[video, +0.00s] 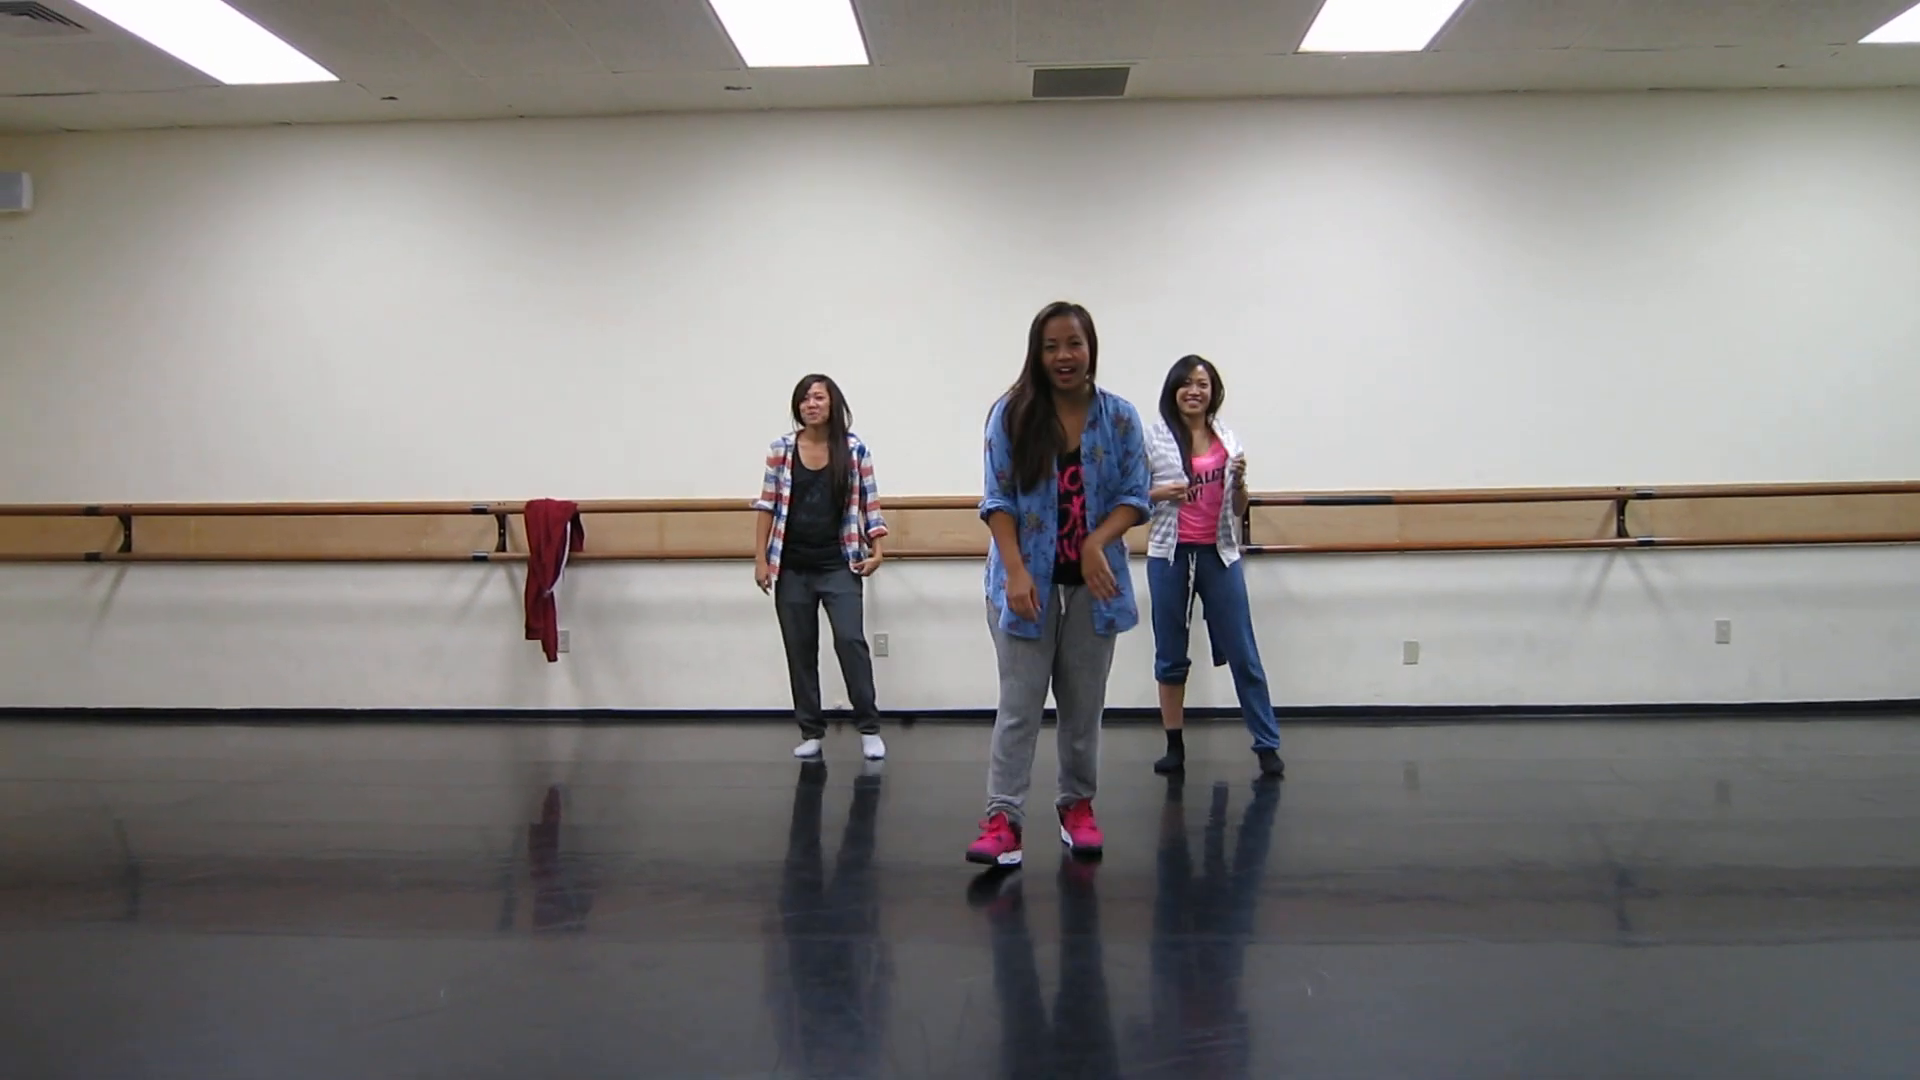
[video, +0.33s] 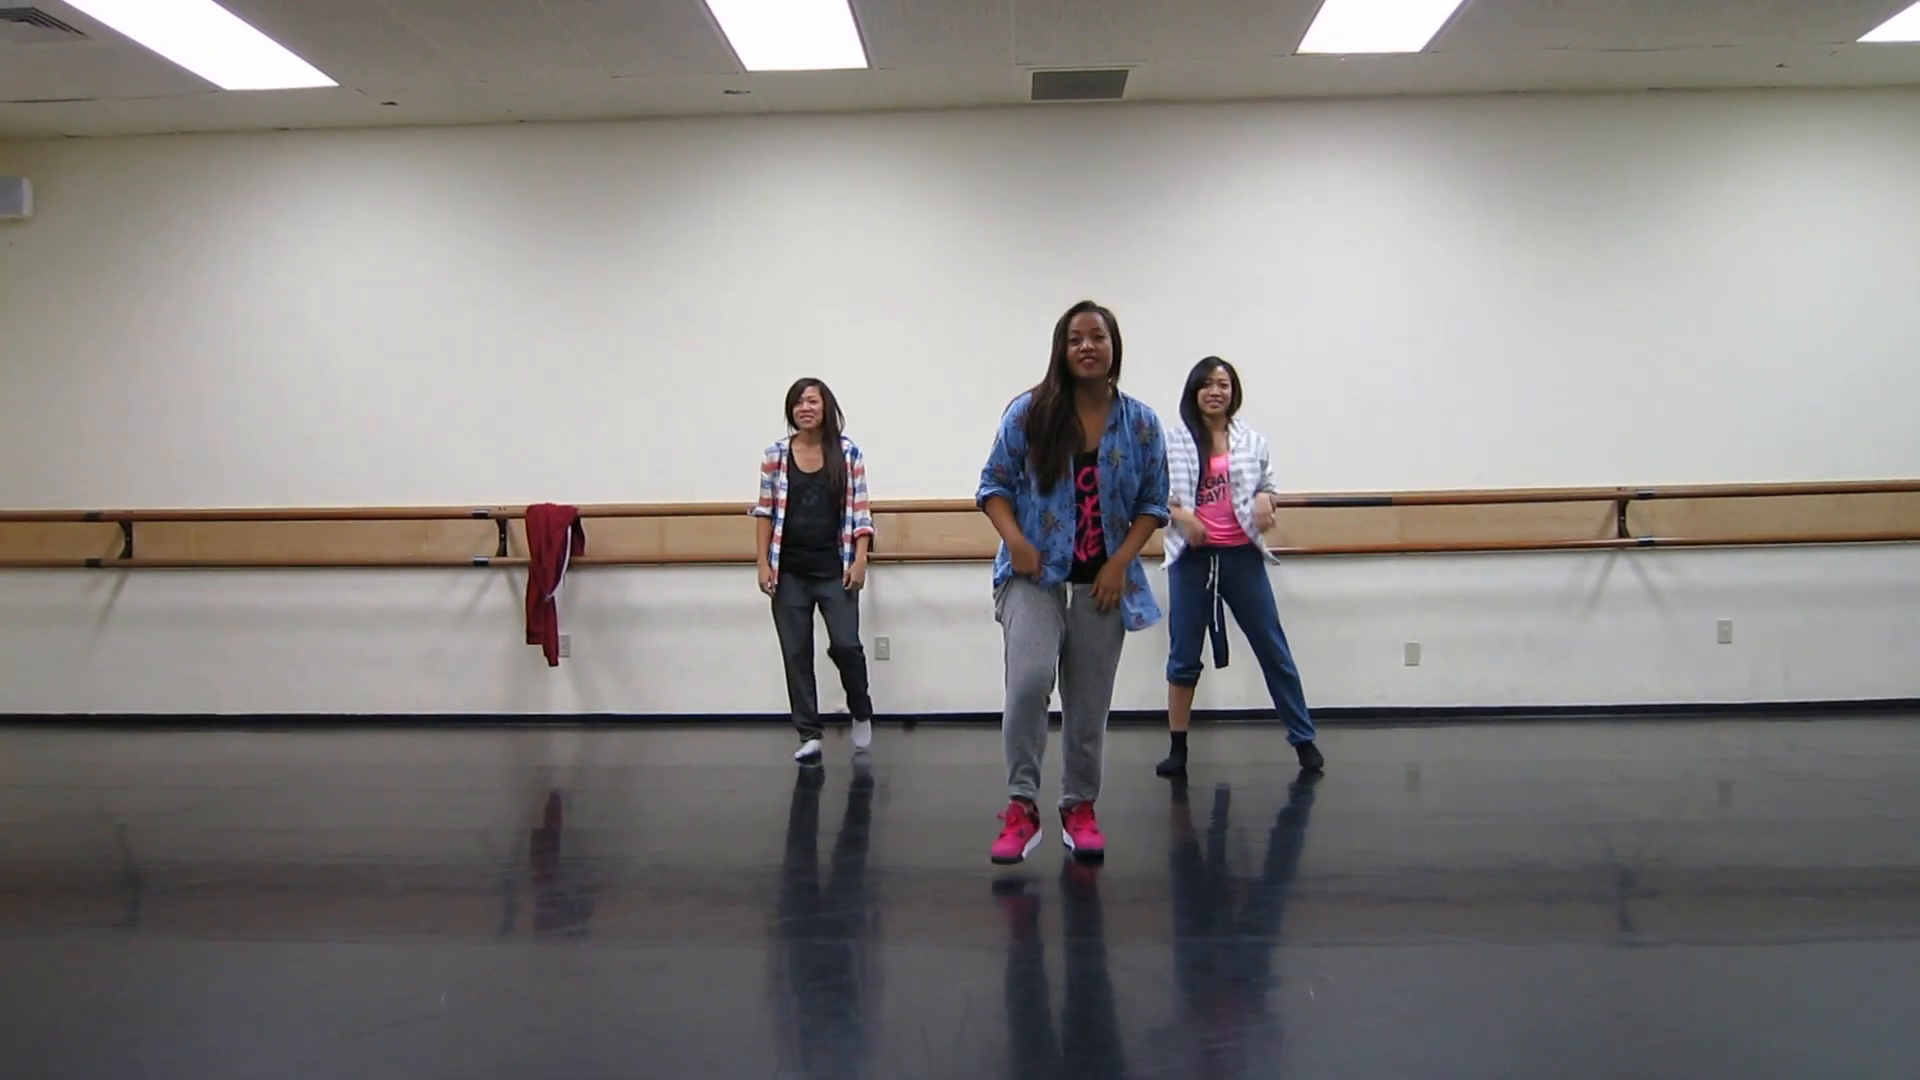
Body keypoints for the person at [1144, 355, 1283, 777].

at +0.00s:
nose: (1195, 391)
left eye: (1202, 385)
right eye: (1187, 384)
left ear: (1214, 392)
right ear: (1172, 391)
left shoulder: (1226, 438)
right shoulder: (1152, 438)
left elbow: (1238, 510)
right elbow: (1129, 497)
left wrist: (1238, 482)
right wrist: (1161, 492)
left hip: (1219, 554)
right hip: (1169, 555)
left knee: (1243, 652)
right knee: (1171, 656)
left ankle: (1267, 746)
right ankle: (1173, 748)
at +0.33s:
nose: (1216, 391)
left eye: (1223, 385)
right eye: (1207, 385)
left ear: (1234, 392)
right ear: (1193, 393)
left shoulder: (1252, 439)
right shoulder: (1174, 440)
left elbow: (1267, 488)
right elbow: (1160, 496)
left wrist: (1263, 501)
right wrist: (1182, 516)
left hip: (1241, 554)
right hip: (1191, 556)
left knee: (1273, 650)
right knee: (1184, 655)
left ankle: (1304, 742)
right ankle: (1177, 748)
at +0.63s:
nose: (1264, 397)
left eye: (1271, 390)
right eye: (1255, 392)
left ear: (1283, 398)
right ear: (1242, 402)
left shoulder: (1300, 446)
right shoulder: (1225, 451)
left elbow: (1309, 499)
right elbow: (1214, 517)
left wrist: (1317, 509)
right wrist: (1211, 574)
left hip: (1293, 562)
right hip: (1244, 563)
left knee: (1304, 665)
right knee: (1216, 659)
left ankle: (1309, 752)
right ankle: (1185, 751)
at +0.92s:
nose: (1297, 393)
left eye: (1304, 386)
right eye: (1288, 388)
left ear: (1315, 394)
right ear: (1275, 398)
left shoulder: (1335, 441)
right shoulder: (1256, 446)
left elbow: (1347, 488)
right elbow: (1243, 509)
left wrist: (1353, 502)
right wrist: (1243, 563)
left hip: (1318, 559)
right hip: (1269, 557)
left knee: (1315, 659)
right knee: (1260, 652)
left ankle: (1311, 749)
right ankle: (1240, 736)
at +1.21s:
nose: (1308, 394)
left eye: (1315, 387)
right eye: (1298, 388)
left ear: (1326, 394)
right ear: (1286, 398)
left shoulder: (1344, 443)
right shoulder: (1267, 444)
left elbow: (1355, 496)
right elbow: (1257, 505)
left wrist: (1345, 516)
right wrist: (1272, 558)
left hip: (1321, 558)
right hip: (1276, 555)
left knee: (1317, 661)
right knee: (1278, 645)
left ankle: (1310, 750)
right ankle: (1262, 728)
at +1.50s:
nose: (1300, 391)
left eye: (1306, 384)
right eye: (1291, 386)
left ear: (1318, 391)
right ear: (1278, 395)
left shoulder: (1337, 438)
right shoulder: (1260, 442)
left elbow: (1351, 495)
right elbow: (1252, 505)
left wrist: (1333, 539)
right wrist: (1266, 560)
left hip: (1318, 555)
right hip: (1271, 551)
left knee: (1314, 659)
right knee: (1259, 644)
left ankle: (1311, 747)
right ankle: (1230, 722)